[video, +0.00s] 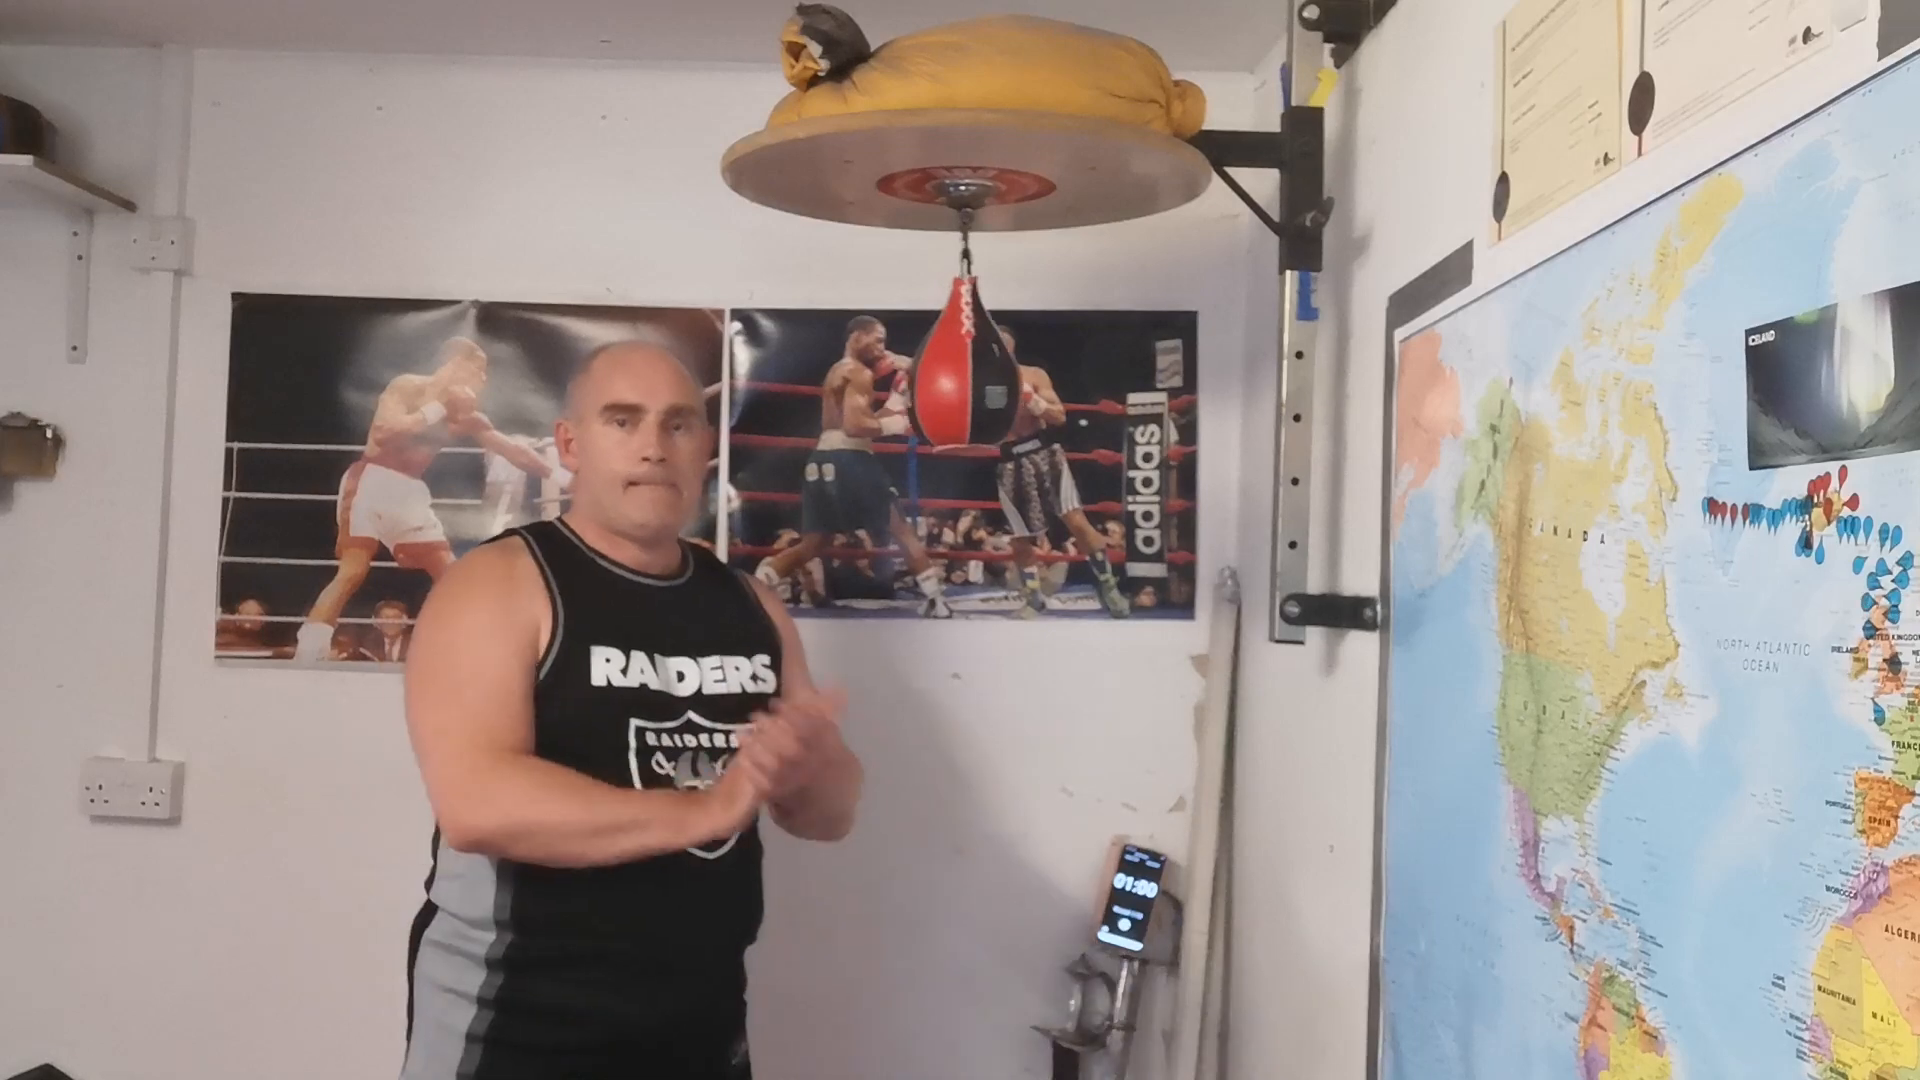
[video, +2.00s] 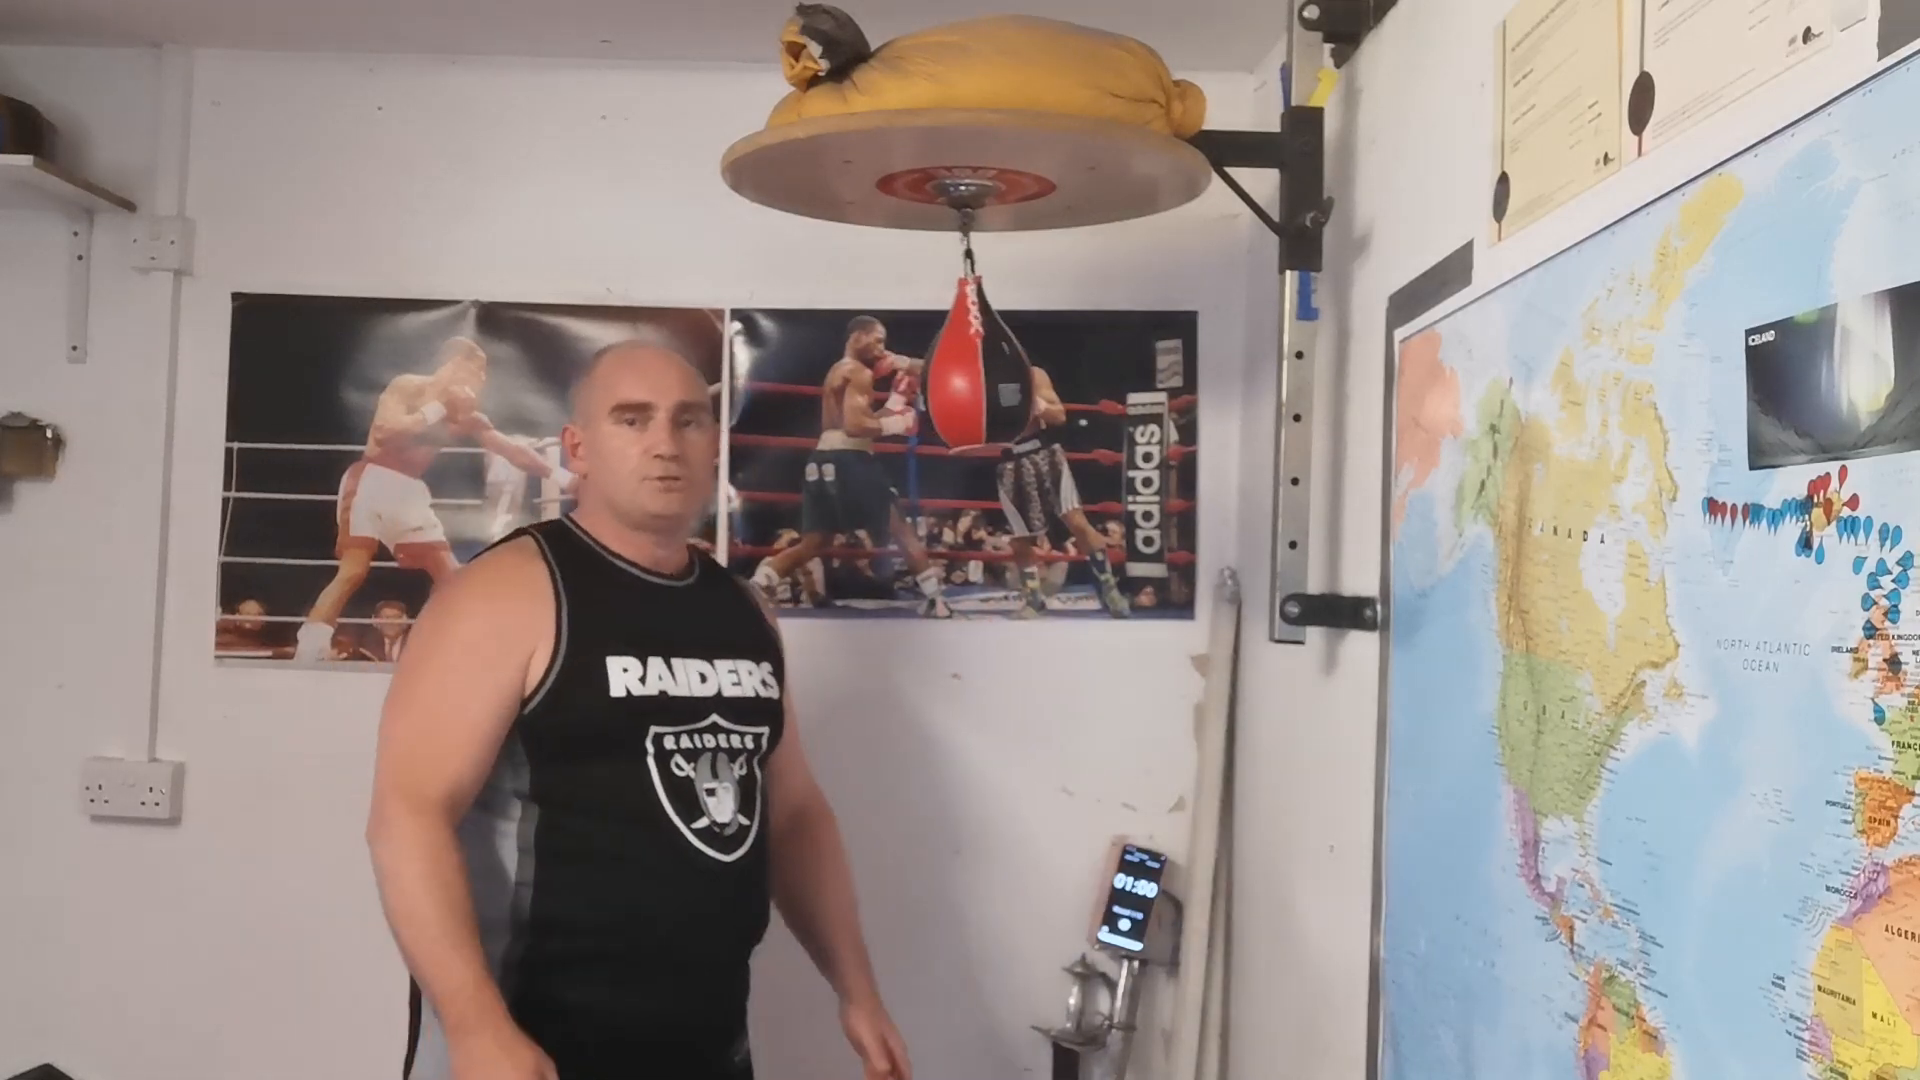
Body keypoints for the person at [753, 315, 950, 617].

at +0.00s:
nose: (881, 349)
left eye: (883, 343)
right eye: (877, 341)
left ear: (856, 340)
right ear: (856, 337)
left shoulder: (834, 373)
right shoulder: (859, 373)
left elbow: (841, 422)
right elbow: (854, 425)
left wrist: (885, 411)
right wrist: (890, 424)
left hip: (820, 463)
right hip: (853, 462)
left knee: (813, 543)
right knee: (903, 531)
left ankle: (755, 589)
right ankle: (936, 598)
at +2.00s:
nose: (881, 349)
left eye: (882, 343)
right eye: (877, 342)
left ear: (856, 340)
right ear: (858, 337)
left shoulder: (834, 373)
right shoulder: (858, 372)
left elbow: (848, 422)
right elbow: (854, 425)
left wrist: (887, 411)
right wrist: (894, 423)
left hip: (821, 462)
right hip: (852, 463)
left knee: (815, 542)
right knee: (903, 530)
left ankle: (756, 586)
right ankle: (936, 600)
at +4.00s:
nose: (881, 349)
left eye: (883, 343)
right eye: (878, 342)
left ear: (855, 340)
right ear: (857, 337)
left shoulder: (833, 374)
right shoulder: (858, 373)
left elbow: (849, 422)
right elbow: (855, 425)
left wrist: (889, 408)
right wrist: (896, 423)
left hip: (820, 462)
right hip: (853, 463)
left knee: (814, 542)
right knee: (902, 531)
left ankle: (755, 587)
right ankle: (935, 598)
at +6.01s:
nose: (881, 349)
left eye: (883, 343)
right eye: (878, 342)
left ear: (857, 340)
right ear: (858, 337)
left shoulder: (834, 372)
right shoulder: (858, 373)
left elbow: (848, 422)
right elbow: (854, 425)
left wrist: (886, 409)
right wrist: (894, 423)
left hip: (820, 463)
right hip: (852, 463)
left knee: (816, 541)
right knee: (901, 529)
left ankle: (756, 587)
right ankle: (935, 597)